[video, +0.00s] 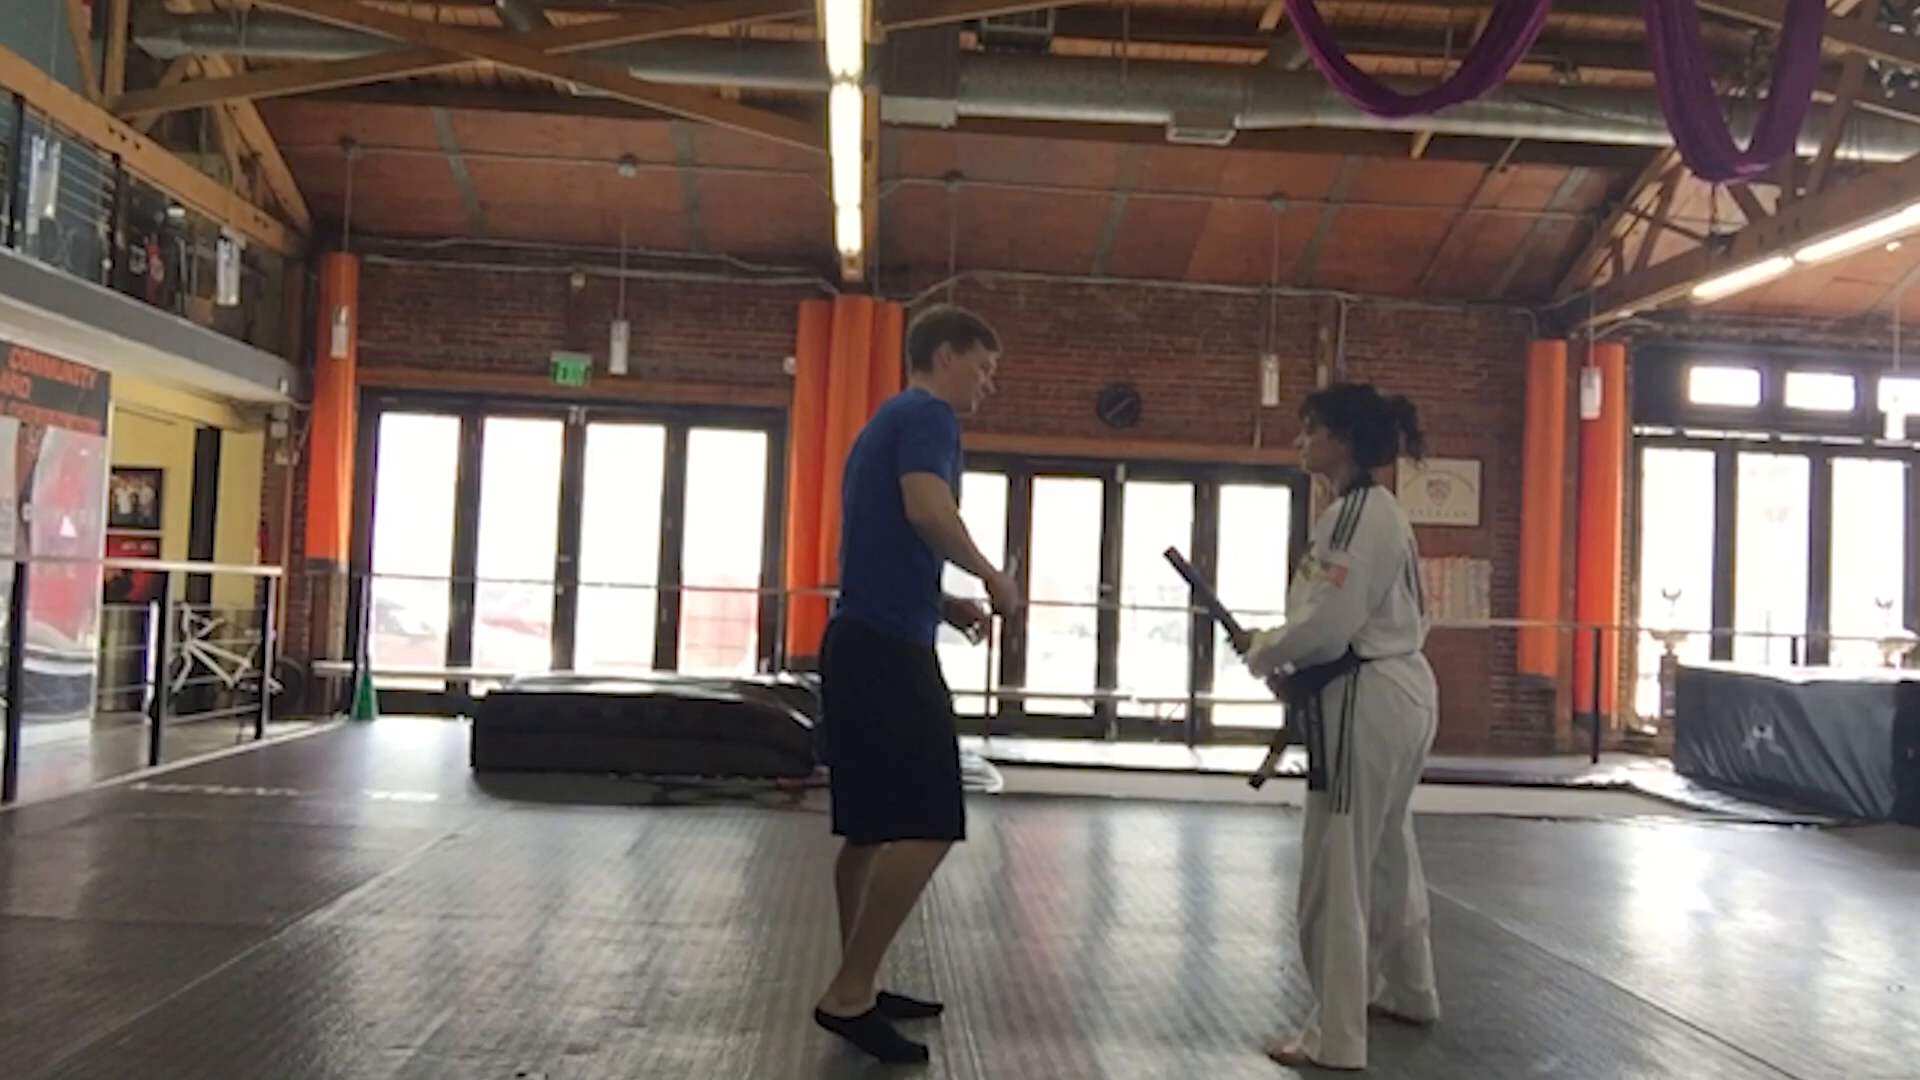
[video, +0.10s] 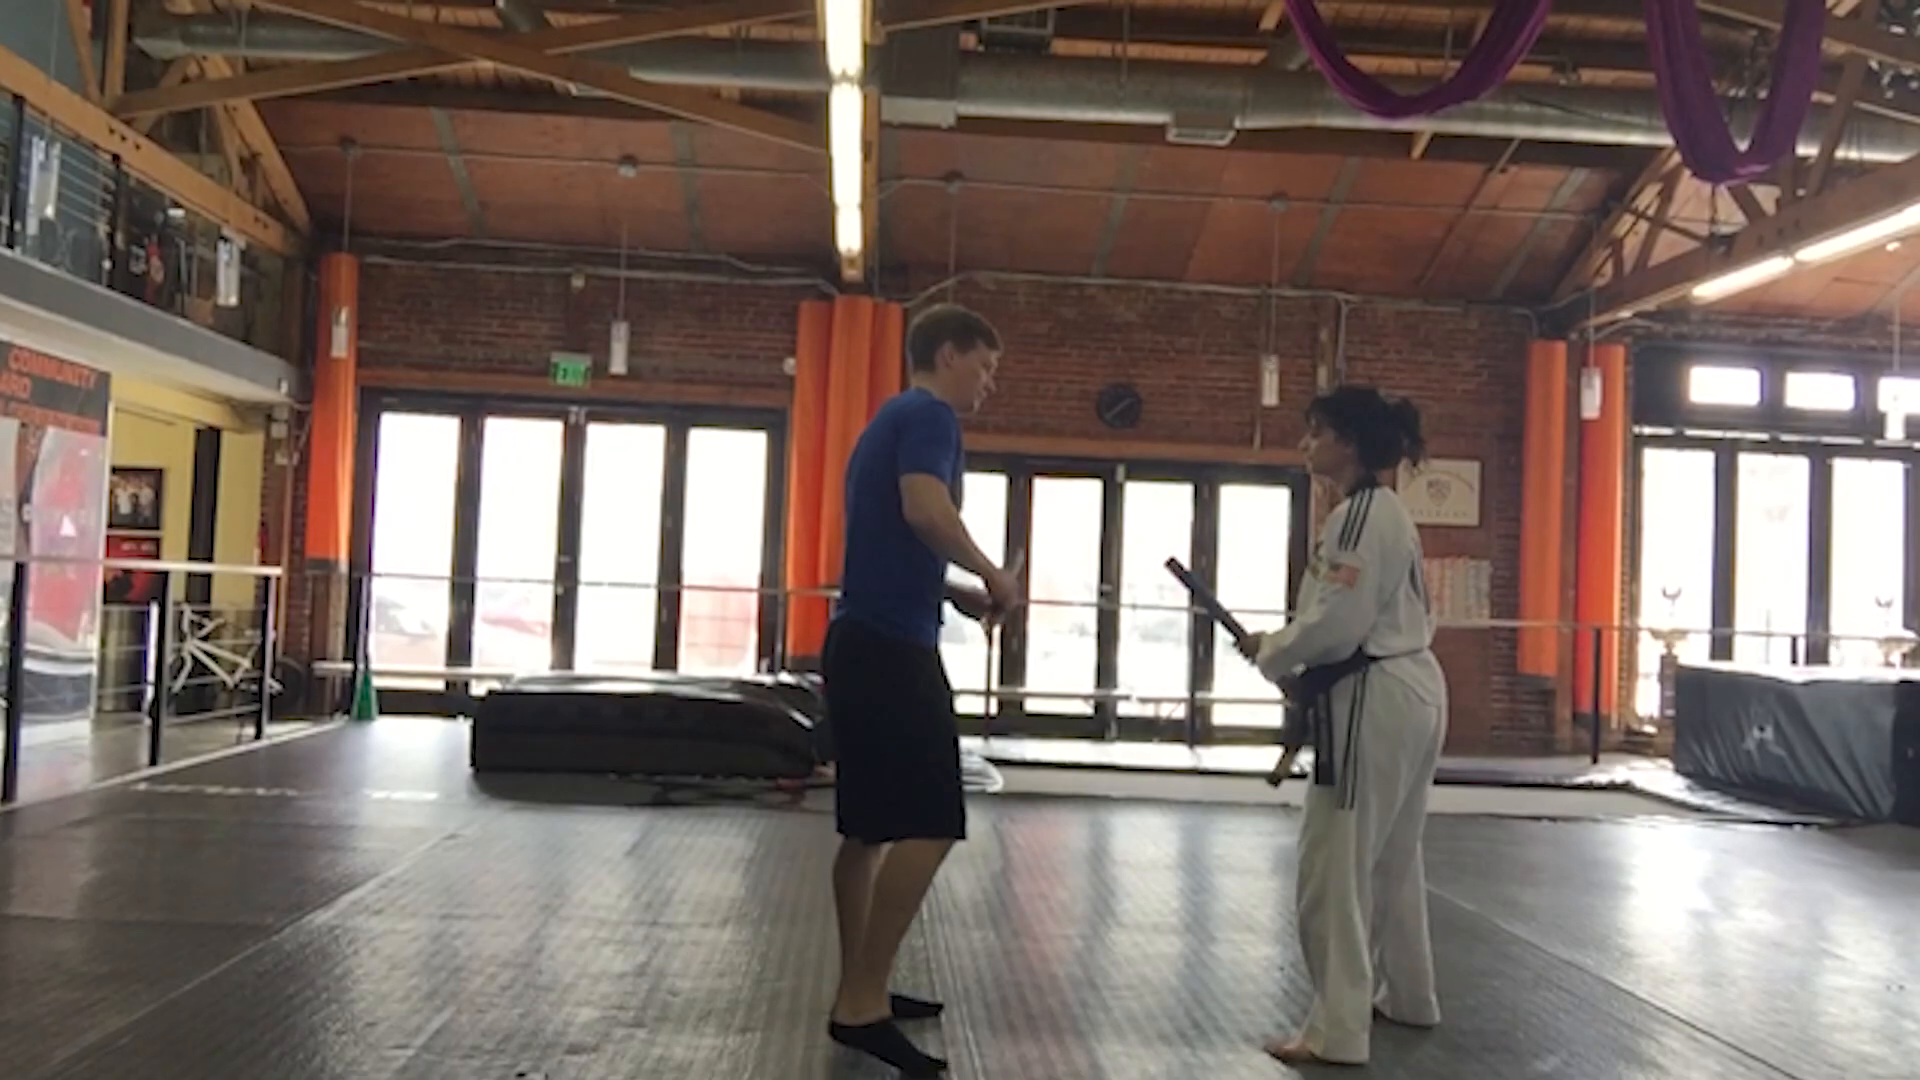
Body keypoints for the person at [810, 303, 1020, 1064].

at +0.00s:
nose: (989, 383)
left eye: (992, 369)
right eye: (984, 365)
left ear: (933, 361)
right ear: (945, 355)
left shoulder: (891, 423)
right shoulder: (927, 414)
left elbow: (876, 559)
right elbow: (924, 506)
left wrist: (947, 602)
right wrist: (991, 572)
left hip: (862, 648)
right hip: (889, 653)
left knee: (870, 826)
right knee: (932, 825)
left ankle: (863, 981)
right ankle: (849, 996)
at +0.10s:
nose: (990, 381)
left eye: (993, 368)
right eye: (986, 364)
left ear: (932, 359)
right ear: (948, 353)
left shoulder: (893, 423)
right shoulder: (928, 413)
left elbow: (888, 559)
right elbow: (921, 506)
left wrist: (964, 592)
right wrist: (991, 570)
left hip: (865, 647)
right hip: (893, 651)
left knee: (866, 828)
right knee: (934, 825)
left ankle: (862, 987)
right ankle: (862, 1006)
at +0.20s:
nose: (993, 379)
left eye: (996, 366)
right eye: (989, 362)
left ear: (933, 356)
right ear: (951, 351)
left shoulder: (894, 422)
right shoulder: (931, 414)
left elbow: (895, 552)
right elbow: (924, 508)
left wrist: (973, 583)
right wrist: (992, 573)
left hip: (864, 649)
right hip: (898, 654)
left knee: (867, 831)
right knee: (924, 832)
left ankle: (858, 991)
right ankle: (891, 1023)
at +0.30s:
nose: (997, 377)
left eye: (1000, 363)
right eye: (994, 360)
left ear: (937, 353)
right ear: (957, 349)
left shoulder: (901, 419)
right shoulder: (934, 416)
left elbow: (915, 534)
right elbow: (929, 516)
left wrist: (993, 569)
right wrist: (997, 574)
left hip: (868, 654)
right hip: (904, 660)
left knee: (866, 834)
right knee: (921, 841)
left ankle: (858, 988)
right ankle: (911, 1038)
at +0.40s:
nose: (1006, 370)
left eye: (1007, 355)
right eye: (1002, 354)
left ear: (949, 350)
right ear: (965, 348)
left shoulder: (914, 420)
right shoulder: (935, 421)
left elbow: (929, 534)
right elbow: (929, 525)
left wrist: (1002, 567)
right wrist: (1004, 567)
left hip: (883, 661)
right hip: (912, 670)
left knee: (875, 837)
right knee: (932, 852)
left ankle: (859, 990)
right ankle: (913, 1046)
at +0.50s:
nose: (1015, 364)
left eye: (1016, 348)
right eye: (1011, 347)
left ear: (956, 343)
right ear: (974, 341)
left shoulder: (928, 419)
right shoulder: (936, 419)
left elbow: (938, 535)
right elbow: (926, 528)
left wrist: (1009, 566)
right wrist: (1007, 562)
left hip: (899, 663)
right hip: (919, 669)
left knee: (892, 833)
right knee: (954, 851)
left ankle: (861, 985)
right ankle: (914, 1048)